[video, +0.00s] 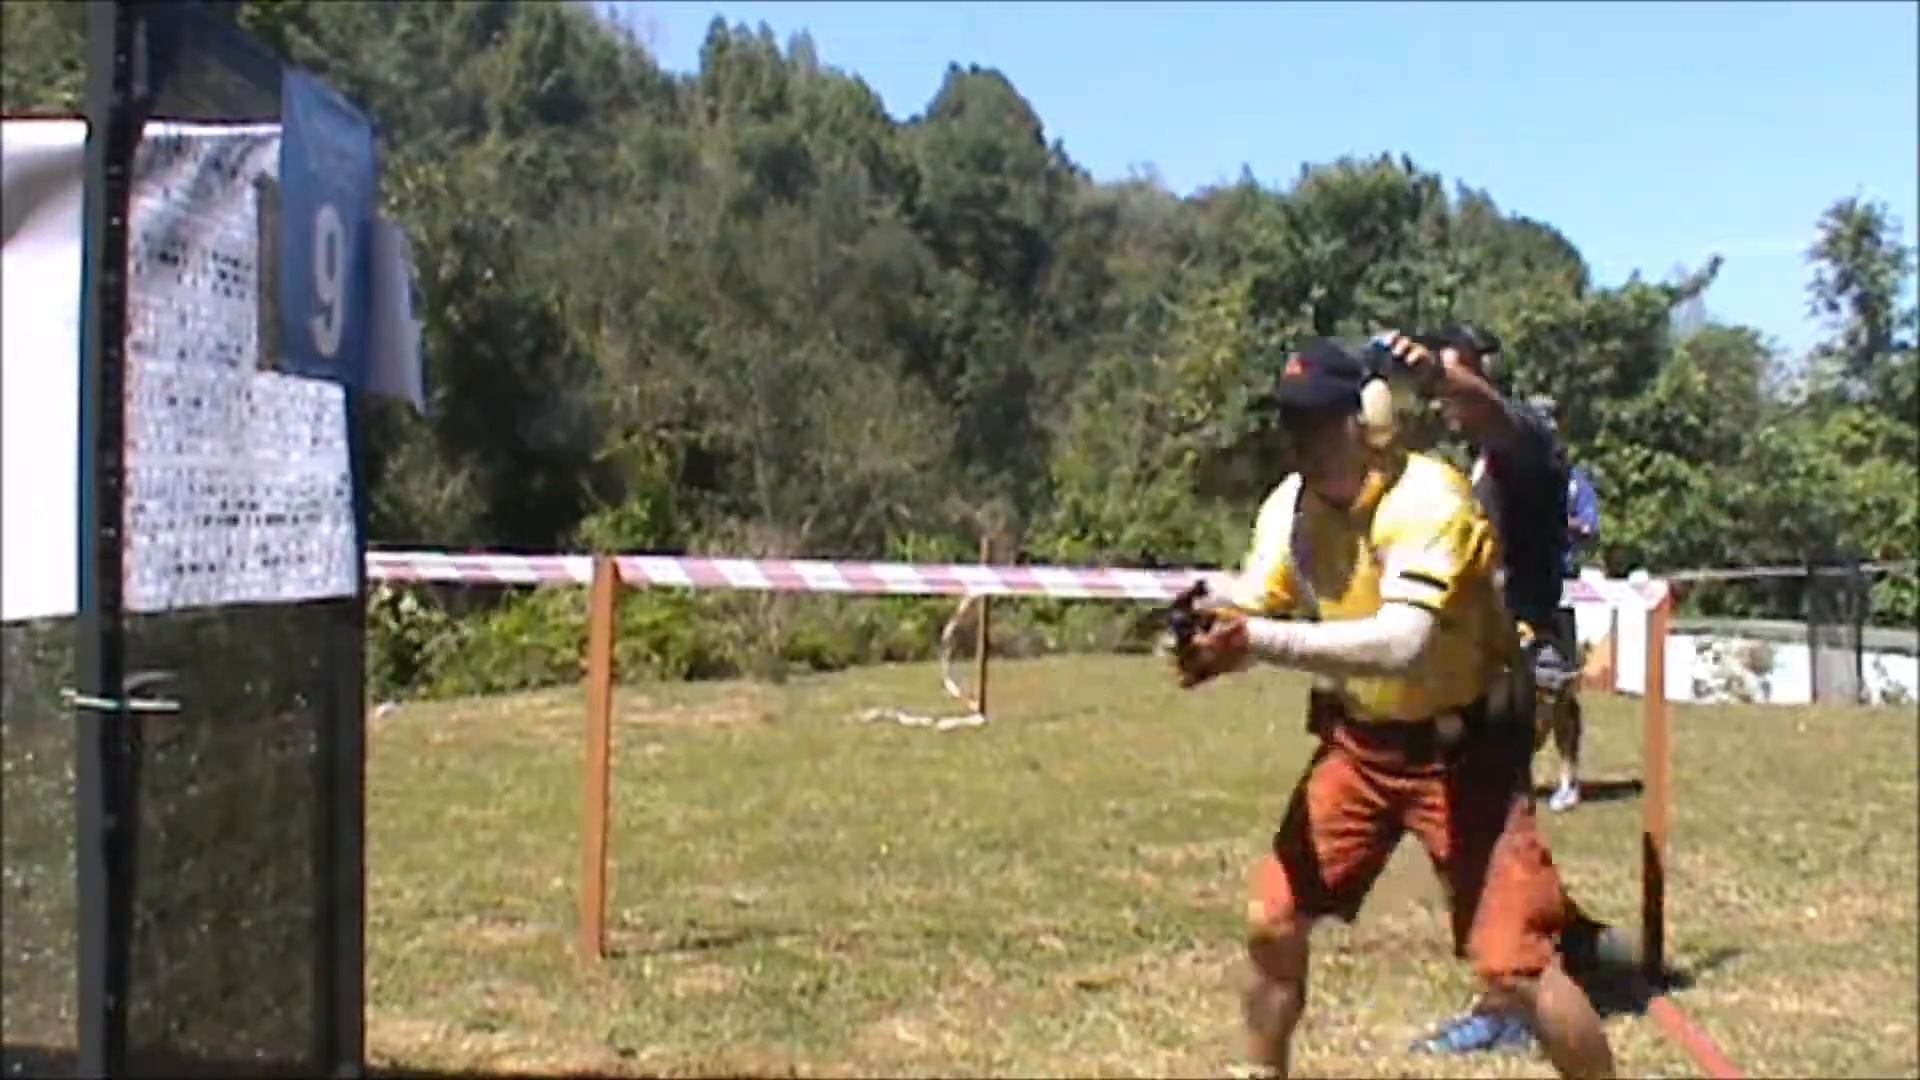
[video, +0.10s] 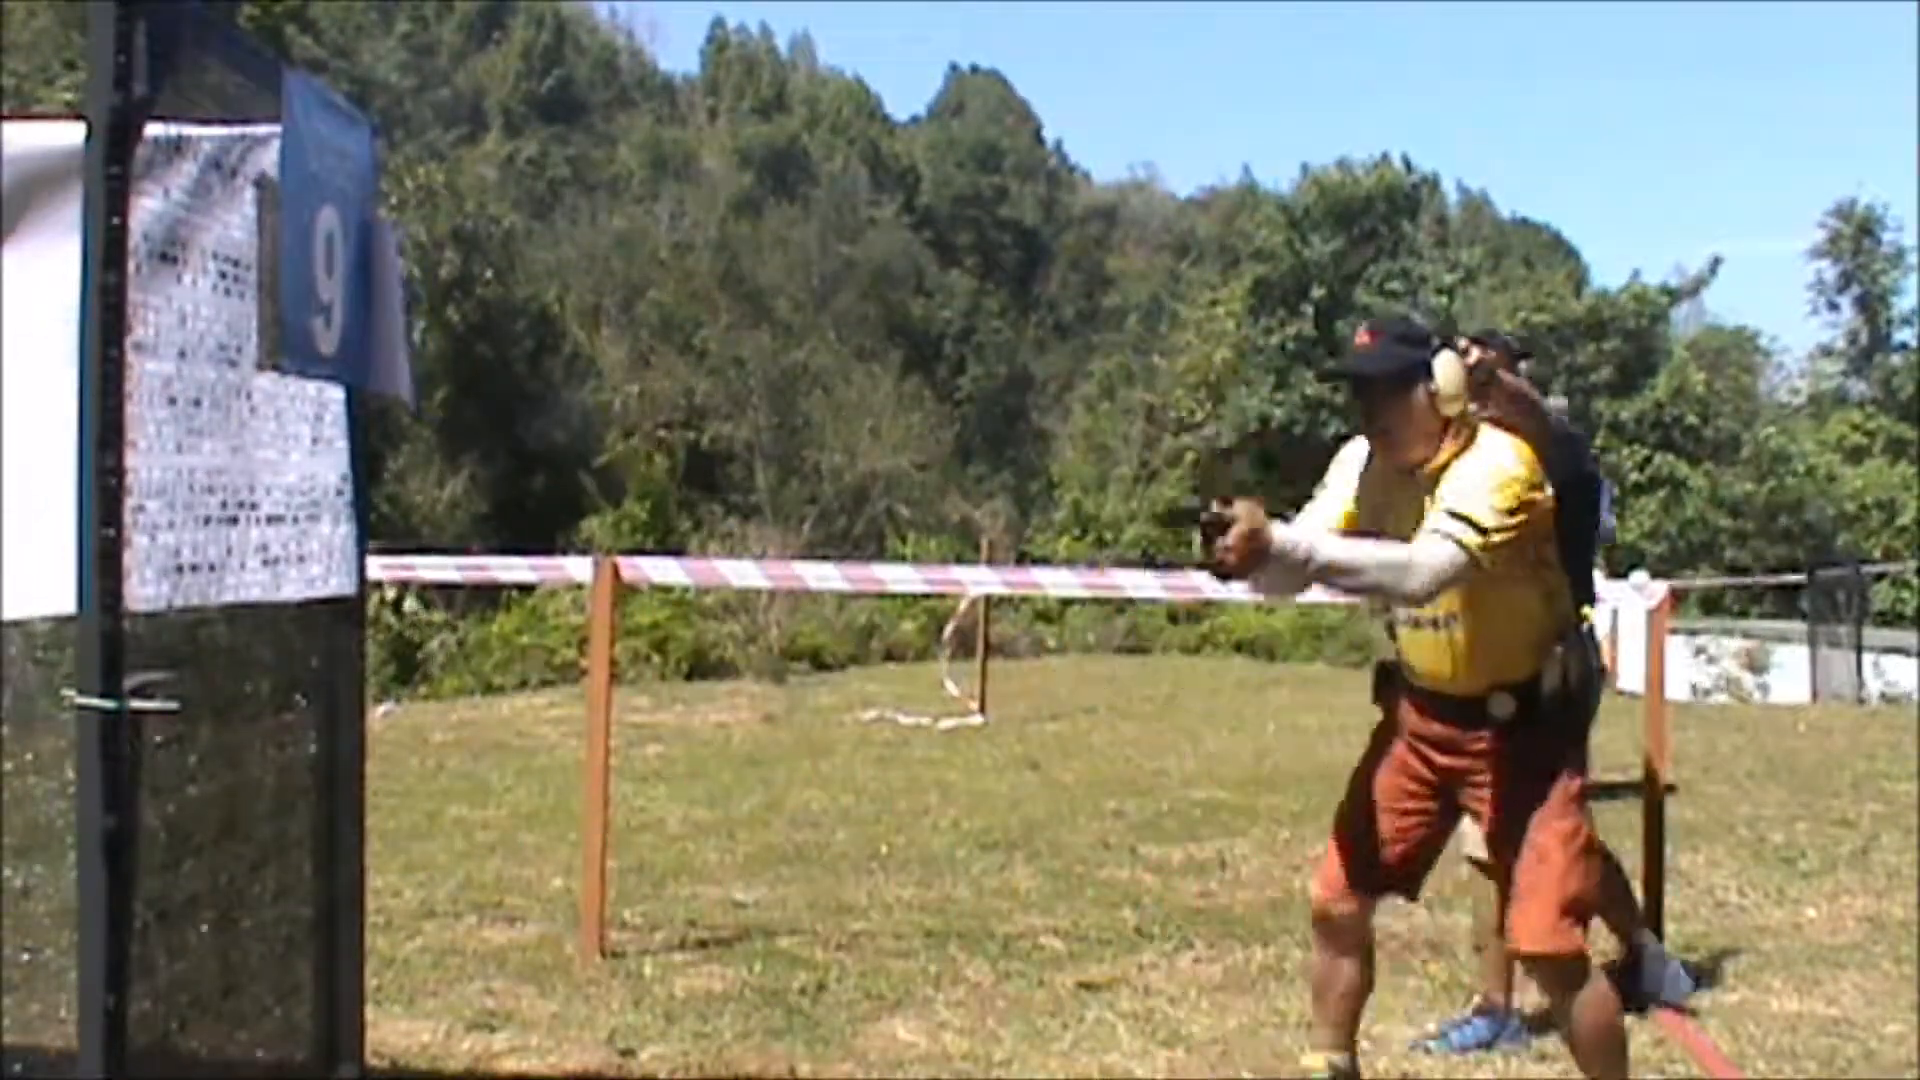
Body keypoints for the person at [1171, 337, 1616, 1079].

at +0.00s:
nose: (1299, 442)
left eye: (1315, 424)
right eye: (1291, 425)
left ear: (1364, 424)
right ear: (1286, 430)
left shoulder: (1431, 500)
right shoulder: (1289, 504)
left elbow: (1399, 641)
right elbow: (1257, 609)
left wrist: (1255, 640)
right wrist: (1212, 631)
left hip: (1464, 757)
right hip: (1356, 751)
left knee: (1517, 964)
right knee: (1274, 922)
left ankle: (1598, 1073)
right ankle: (1265, 1069)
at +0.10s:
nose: (1372, 409)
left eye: (1387, 391)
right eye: (1364, 392)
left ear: (1434, 391)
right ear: (1361, 396)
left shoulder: (1499, 463)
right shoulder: (1362, 459)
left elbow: (1423, 573)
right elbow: (1293, 575)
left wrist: (1291, 546)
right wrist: (1252, 555)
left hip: (1525, 731)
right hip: (1419, 722)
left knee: (1552, 949)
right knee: (1337, 902)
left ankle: (1611, 1075)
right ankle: (1333, 1065)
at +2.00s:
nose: (1435, 385)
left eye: (1451, 365)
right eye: (1429, 366)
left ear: (1506, 360)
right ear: (1430, 364)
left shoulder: (1580, 424)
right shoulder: (1470, 440)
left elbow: (1473, 455)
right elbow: (1386, 467)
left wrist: (1340, 408)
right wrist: (1316, 424)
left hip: (1597, 706)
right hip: (1495, 699)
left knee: (1594, 938)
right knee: (1461, 906)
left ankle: (1620, 1072)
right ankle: (1434, 1070)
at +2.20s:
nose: (1445, 388)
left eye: (1460, 368)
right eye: (1438, 369)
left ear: (1513, 359)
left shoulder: (1587, 425)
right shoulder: (1481, 437)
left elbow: (1474, 455)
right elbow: (1397, 468)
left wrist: (1340, 405)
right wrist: (1319, 425)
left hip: (1599, 706)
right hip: (1500, 699)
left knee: (1596, 941)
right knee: (1463, 916)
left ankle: (1621, 1072)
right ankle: (1432, 1071)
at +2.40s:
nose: (1446, 393)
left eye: (1460, 371)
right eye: (1440, 373)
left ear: (1514, 361)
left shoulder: (1588, 427)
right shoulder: (1490, 436)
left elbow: (1472, 458)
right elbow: (1406, 471)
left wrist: (1338, 409)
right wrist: (1321, 430)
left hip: (1599, 709)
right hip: (1503, 699)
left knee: (1595, 943)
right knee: (1463, 917)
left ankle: (1622, 1072)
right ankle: (1432, 1071)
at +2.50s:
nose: (1448, 390)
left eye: (1461, 371)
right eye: (1442, 372)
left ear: (1513, 362)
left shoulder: (1592, 426)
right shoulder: (1491, 439)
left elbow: (1480, 454)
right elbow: (1386, 465)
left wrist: (1343, 405)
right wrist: (1320, 420)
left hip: (1601, 710)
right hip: (1504, 701)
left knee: (1595, 945)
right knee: (1463, 919)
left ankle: (1622, 1073)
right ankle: (1433, 1071)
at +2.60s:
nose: (1451, 394)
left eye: (1465, 373)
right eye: (1444, 374)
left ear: (1517, 362)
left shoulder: (1591, 427)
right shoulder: (1493, 438)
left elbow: (1476, 460)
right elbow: (1406, 468)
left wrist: (1342, 412)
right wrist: (1322, 430)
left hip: (1601, 709)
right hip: (1504, 699)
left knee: (1595, 944)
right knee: (1464, 920)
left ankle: (1622, 1073)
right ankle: (1433, 1071)